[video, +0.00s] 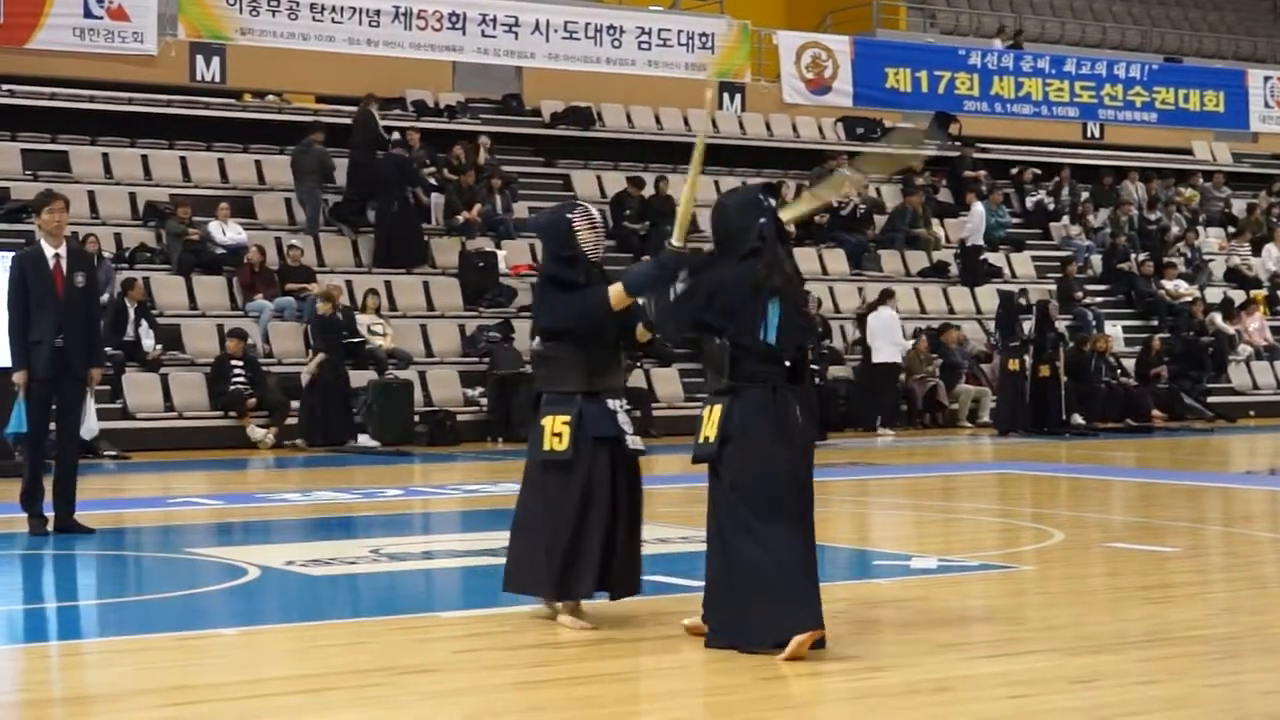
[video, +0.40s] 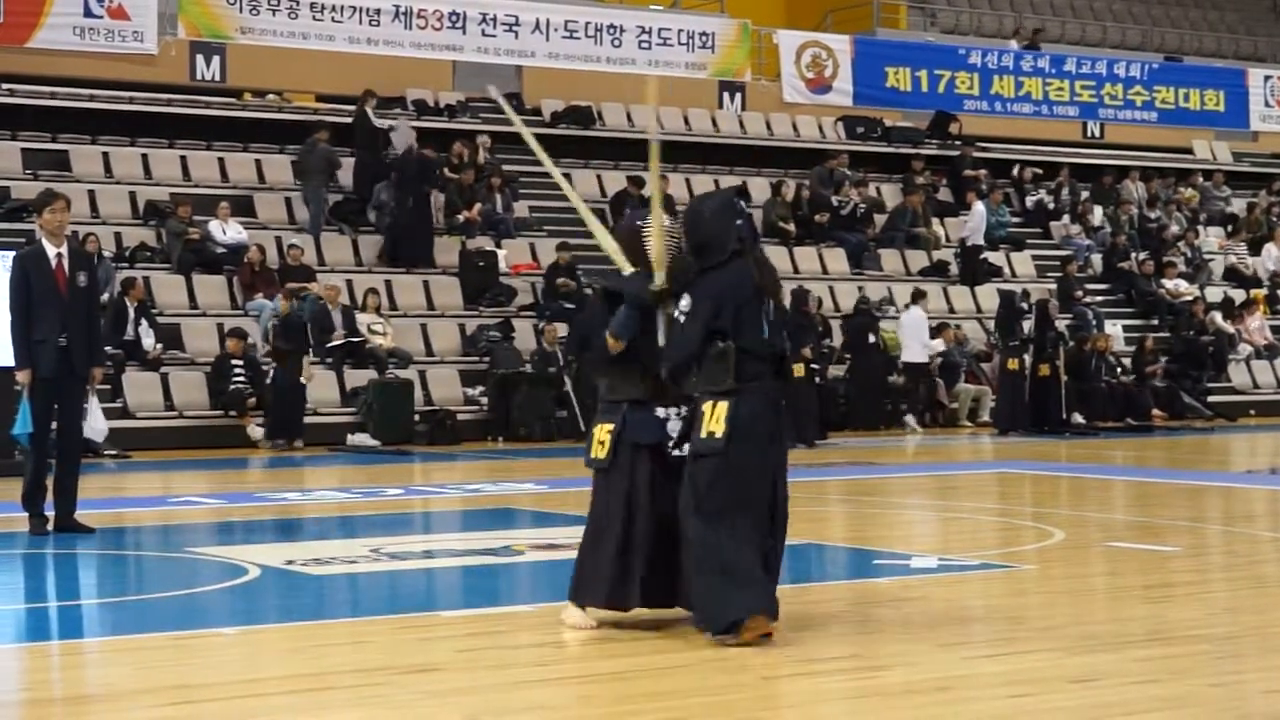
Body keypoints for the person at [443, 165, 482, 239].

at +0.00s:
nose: (473, 179)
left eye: (473, 176)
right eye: (470, 176)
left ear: (474, 176)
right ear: (462, 177)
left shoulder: (473, 188)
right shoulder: (452, 188)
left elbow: (479, 202)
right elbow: (456, 205)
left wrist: (474, 213)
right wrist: (469, 217)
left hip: (469, 215)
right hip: (453, 217)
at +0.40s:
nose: (470, 177)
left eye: (472, 175)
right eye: (467, 175)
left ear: (474, 175)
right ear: (461, 175)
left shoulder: (473, 187)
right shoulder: (453, 187)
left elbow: (479, 201)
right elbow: (455, 204)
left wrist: (474, 212)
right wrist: (469, 216)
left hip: (470, 215)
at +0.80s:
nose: (466, 177)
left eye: (469, 175)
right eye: (464, 174)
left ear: (472, 177)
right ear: (460, 176)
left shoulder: (475, 187)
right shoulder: (454, 187)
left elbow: (479, 200)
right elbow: (455, 202)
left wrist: (473, 212)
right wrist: (466, 214)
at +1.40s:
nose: (466, 177)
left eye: (469, 175)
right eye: (464, 174)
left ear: (472, 177)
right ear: (459, 176)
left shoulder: (474, 189)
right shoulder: (455, 188)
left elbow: (478, 202)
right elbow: (455, 204)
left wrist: (472, 214)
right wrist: (466, 216)